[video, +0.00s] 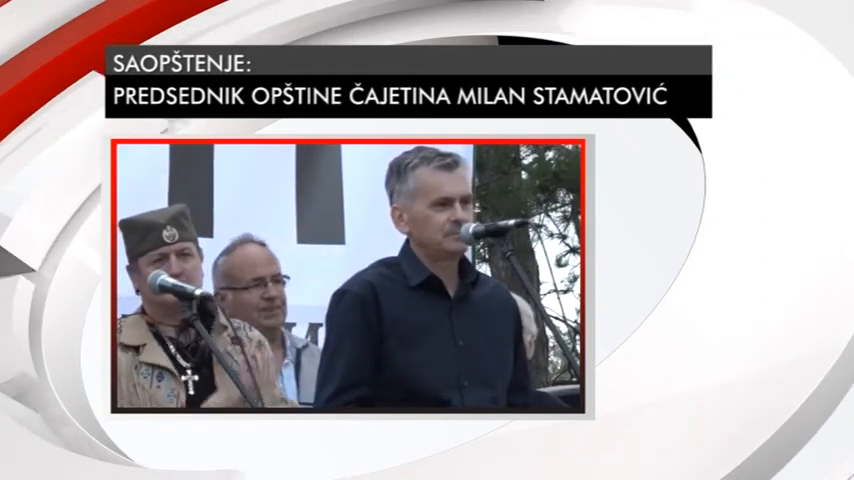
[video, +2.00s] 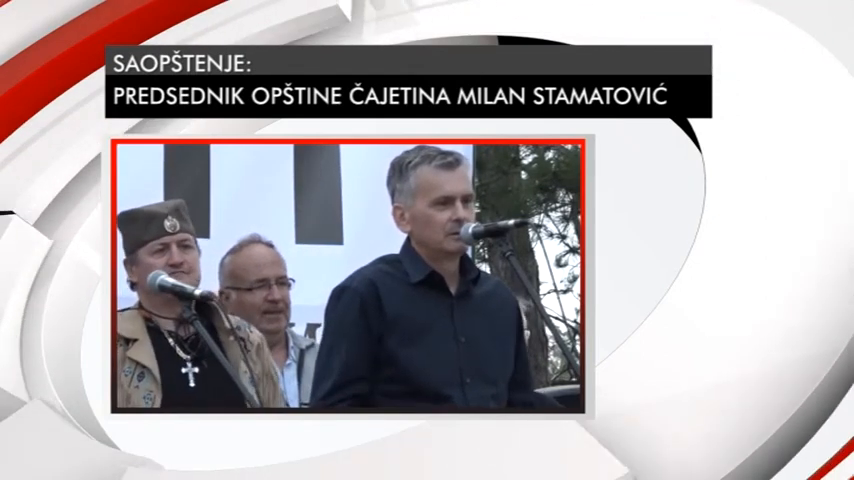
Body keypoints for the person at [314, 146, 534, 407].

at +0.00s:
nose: (459, 217)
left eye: (466, 203)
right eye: (442, 205)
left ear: (475, 208)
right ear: (401, 218)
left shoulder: (499, 302)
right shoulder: (362, 299)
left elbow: (520, 406)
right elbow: (335, 414)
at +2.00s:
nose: (461, 215)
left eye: (467, 202)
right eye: (443, 204)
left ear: (474, 206)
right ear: (402, 217)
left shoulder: (500, 300)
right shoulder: (362, 296)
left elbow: (520, 405)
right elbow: (332, 412)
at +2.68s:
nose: (461, 215)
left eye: (467, 201)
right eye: (443, 203)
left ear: (476, 206)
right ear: (402, 216)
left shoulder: (498, 300)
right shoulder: (360, 295)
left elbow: (519, 406)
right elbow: (327, 411)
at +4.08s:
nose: (462, 213)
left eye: (466, 199)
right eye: (443, 201)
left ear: (474, 204)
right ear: (402, 216)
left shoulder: (500, 301)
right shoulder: (368, 290)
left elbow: (531, 397)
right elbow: (328, 398)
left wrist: (596, 396)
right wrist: (377, 402)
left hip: (497, 461)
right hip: (402, 463)